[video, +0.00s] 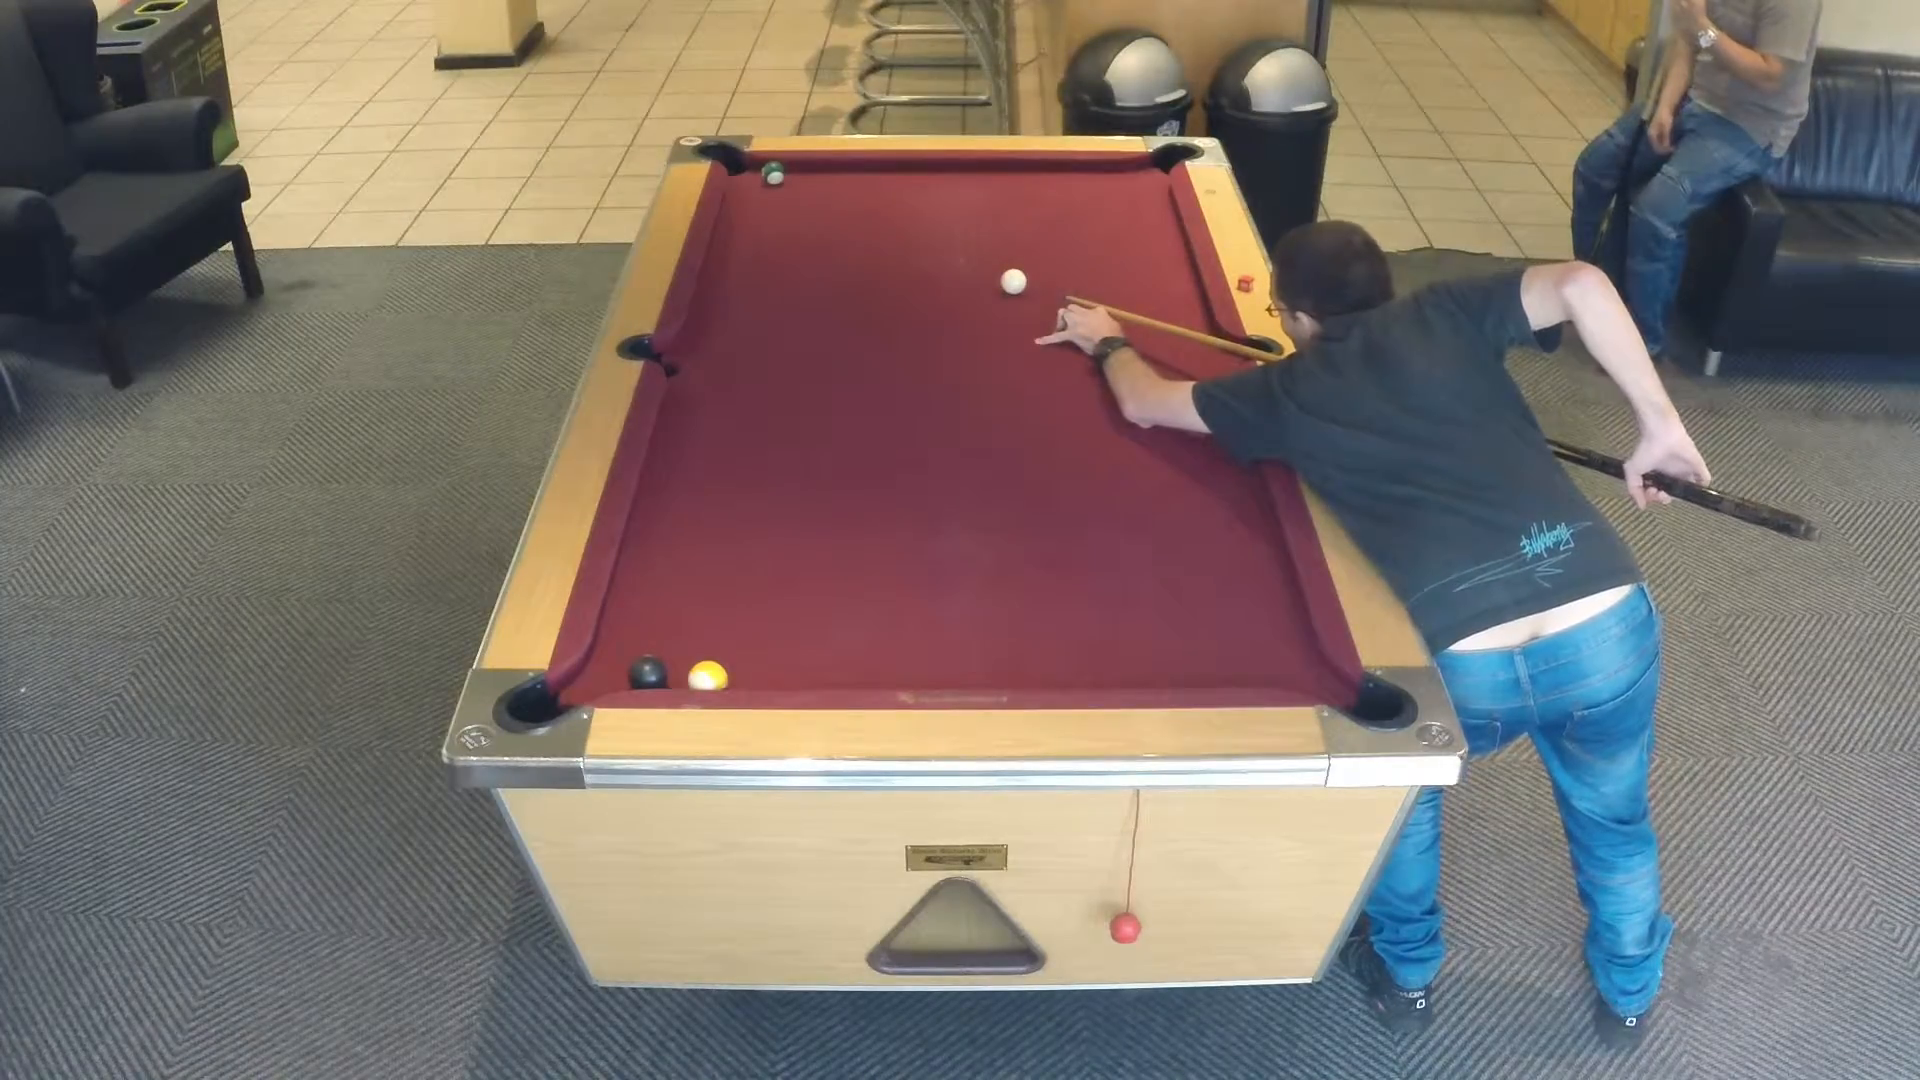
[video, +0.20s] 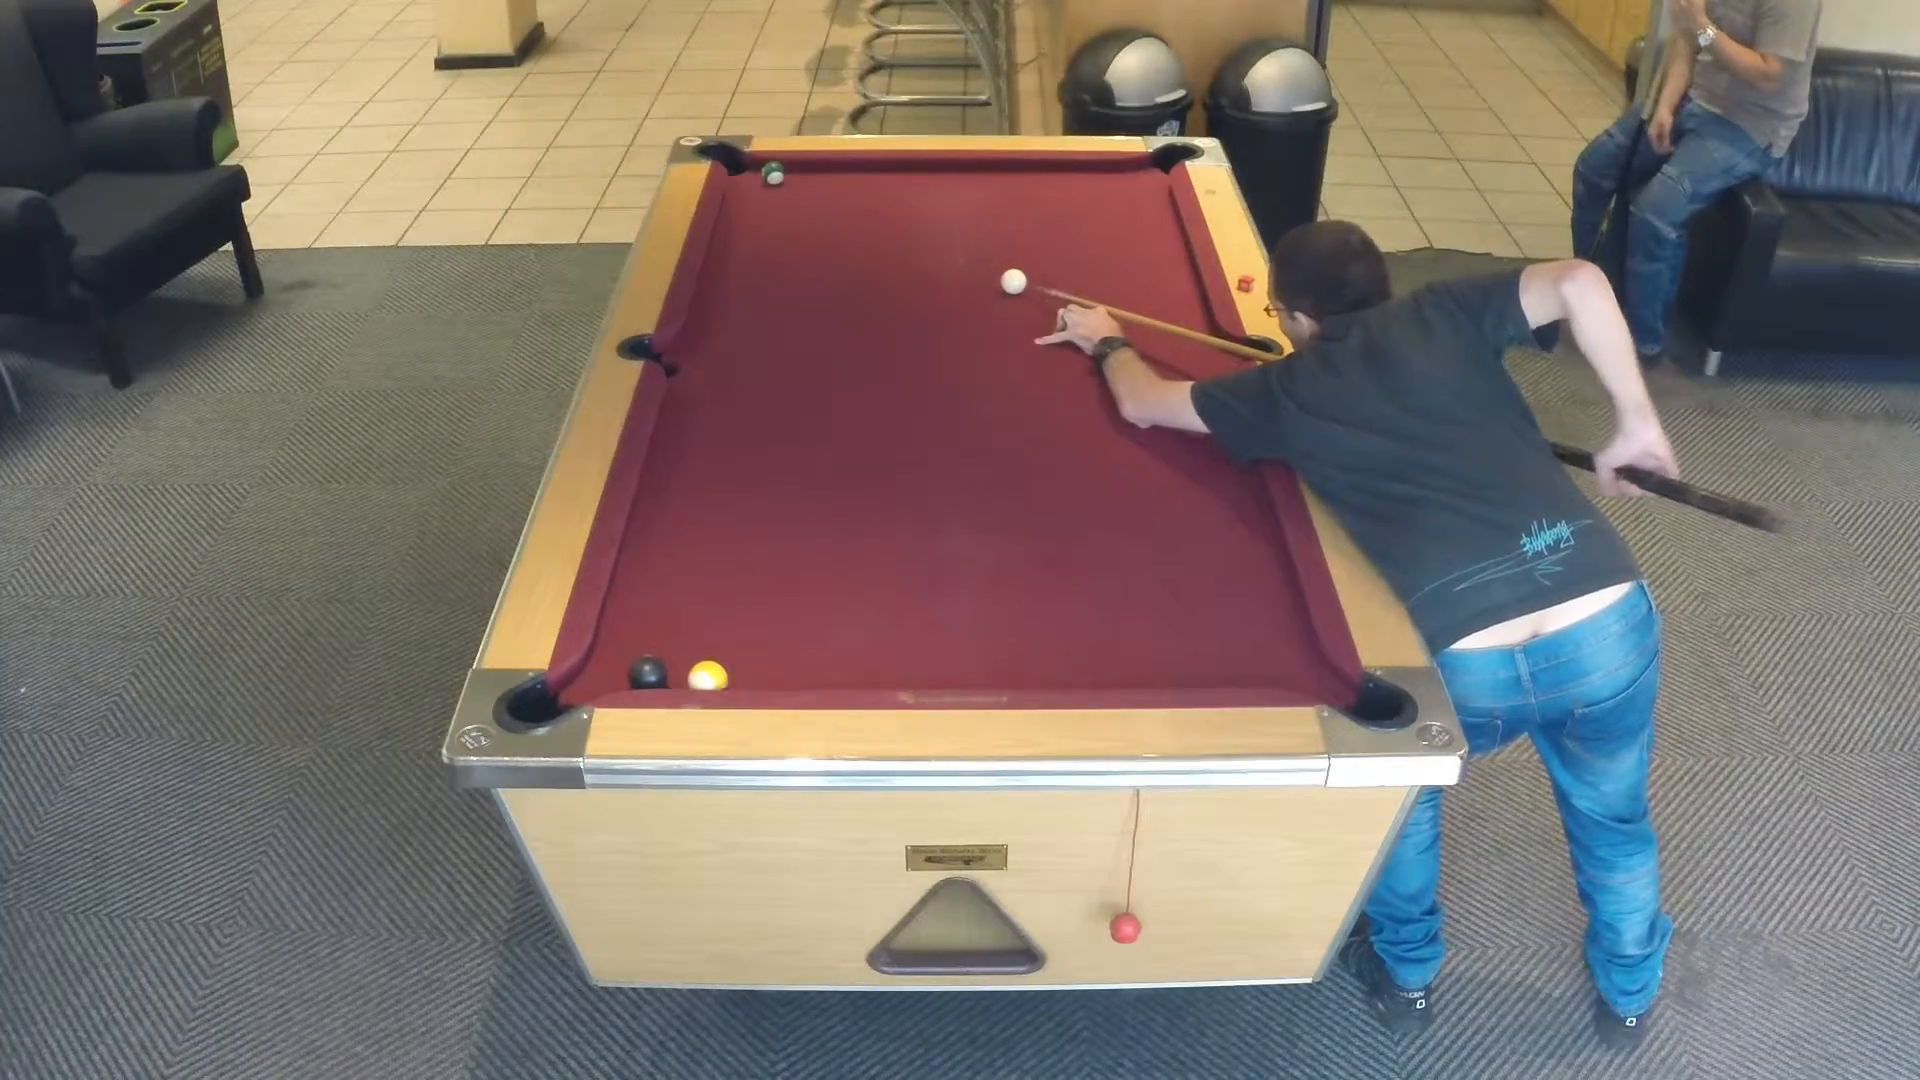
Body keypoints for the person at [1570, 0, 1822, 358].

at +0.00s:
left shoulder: (1792, 6)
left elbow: (1770, 75)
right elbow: (1684, 44)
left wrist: (1703, 29)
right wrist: (1665, 107)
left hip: (1747, 126)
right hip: (1689, 102)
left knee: (1655, 209)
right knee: (1594, 170)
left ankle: (1642, 345)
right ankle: (1589, 302)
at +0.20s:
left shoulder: (1791, 6)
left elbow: (1770, 76)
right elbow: (1685, 41)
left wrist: (1702, 28)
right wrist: (1665, 106)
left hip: (1747, 127)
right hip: (1689, 102)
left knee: (1655, 210)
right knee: (1594, 168)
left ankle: (1645, 344)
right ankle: (1584, 298)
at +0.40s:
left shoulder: (1791, 6)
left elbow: (1770, 76)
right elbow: (1685, 40)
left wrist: (1702, 28)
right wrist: (1665, 106)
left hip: (1746, 127)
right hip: (1689, 103)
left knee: (1654, 211)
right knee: (1595, 168)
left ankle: (1642, 342)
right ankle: (1588, 300)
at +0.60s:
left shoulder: (1791, 6)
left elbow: (1769, 76)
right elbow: (1686, 40)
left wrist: (1702, 27)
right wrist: (1666, 106)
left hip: (1746, 127)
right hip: (1689, 103)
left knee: (1654, 211)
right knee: (1594, 168)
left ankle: (1643, 342)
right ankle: (1589, 299)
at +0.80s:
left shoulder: (1791, 7)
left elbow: (1769, 76)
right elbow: (1686, 39)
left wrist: (1702, 27)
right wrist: (1666, 106)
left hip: (1746, 127)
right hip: (1689, 103)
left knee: (1654, 211)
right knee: (1594, 168)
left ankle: (1643, 342)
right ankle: (1590, 299)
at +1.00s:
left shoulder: (1792, 6)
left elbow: (1770, 76)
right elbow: (1686, 40)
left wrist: (1703, 28)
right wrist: (1665, 106)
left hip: (1747, 127)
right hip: (1689, 103)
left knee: (1653, 210)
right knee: (1595, 168)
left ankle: (1642, 341)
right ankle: (1591, 301)